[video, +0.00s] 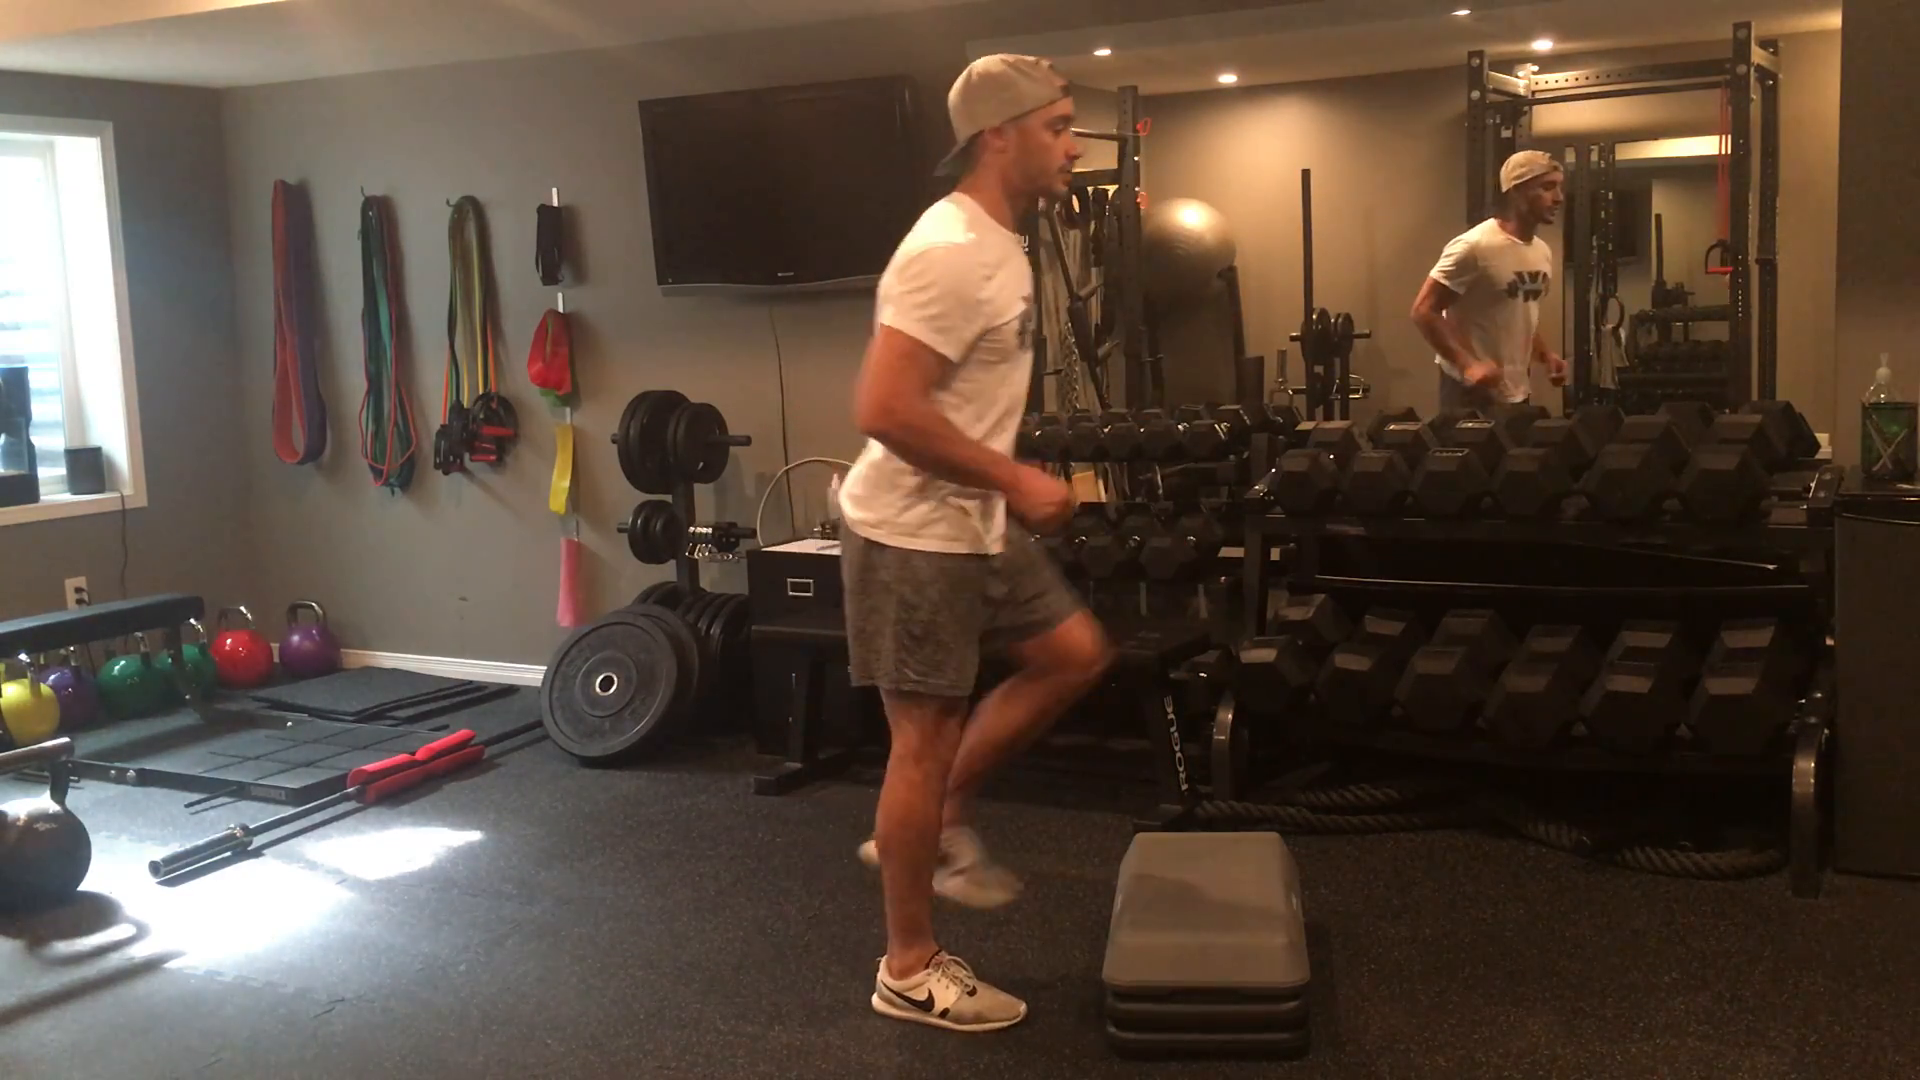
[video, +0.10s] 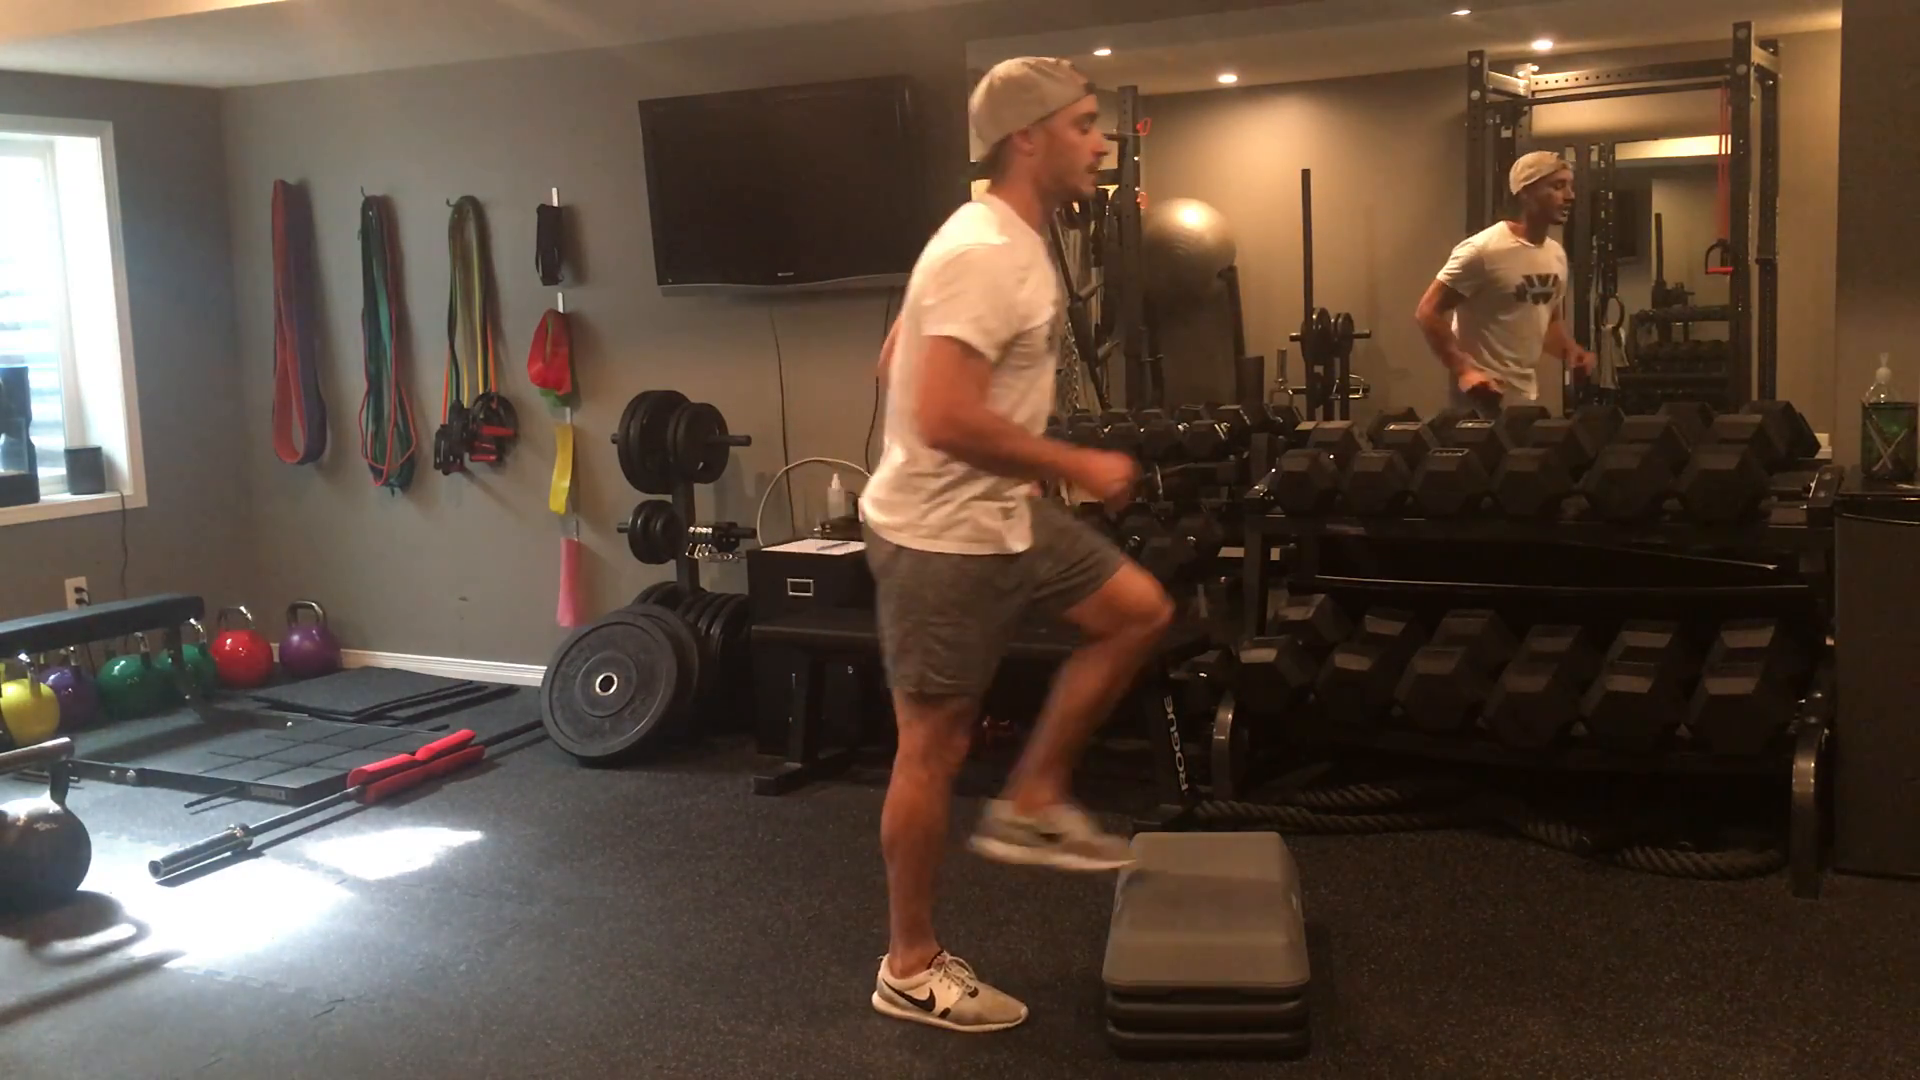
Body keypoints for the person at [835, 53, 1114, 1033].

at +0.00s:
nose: (1075, 142)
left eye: (1072, 125)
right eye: (1059, 126)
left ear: (1012, 140)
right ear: (999, 138)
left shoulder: (998, 243)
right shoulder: (948, 249)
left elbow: (940, 398)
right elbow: (885, 407)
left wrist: (1009, 477)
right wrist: (1013, 476)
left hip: (976, 524)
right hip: (913, 533)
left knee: (1072, 652)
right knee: (923, 746)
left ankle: (930, 811)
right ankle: (906, 965)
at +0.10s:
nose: (1101, 142)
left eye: (1096, 124)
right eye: (1084, 125)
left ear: (1032, 144)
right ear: (1025, 142)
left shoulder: (1008, 238)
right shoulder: (978, 251)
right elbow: (945, 414)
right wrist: (1075, 462)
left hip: (1005, 518)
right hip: (940, 534)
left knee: (1138, 612)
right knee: (931, 750)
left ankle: (1033, 801)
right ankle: (910, 962)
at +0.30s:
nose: (1164, 116)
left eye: (1158, 100)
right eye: (1147, 100)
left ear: (1098, 121)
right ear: (1092, 119)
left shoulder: (1090, 227)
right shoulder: (1048, 222)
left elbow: (1034, 386)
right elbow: (1005, 381)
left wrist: (1102, 454)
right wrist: (1133, 424)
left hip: (1071, 502)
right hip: (1004, 510)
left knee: (1174, 632)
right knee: (1026, 720)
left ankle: (1103, 845)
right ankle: (929, 937)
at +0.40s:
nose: (1175, 80)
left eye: (1169, 63)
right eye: (1158, 64)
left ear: (1112, 82)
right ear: (1106, 80)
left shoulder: (1108, 190)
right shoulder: (1053, 183)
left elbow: (1064, 344)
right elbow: (992, 338)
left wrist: (1142, 394)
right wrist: (1126, 396)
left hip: (1077, 466)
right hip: (1015, 473)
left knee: (1162, 630)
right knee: (1113, 666)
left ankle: (1102, 845)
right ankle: (966, 862)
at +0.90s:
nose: (1148, 42)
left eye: (1145, 24)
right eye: (1129, 23)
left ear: (1080, 40)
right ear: (1068, 35)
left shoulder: (1074, 147)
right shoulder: (1020, 139)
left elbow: (1023, 298)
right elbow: (962, 294)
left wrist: (1092, 382)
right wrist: (1103, 355)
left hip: (1024, 428)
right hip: (1013, 431)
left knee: (1019, 632)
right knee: (1115, 623)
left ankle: (978, 847)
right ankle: (1088, 857)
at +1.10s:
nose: (1117, 169)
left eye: (1116, 151)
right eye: (1101, 151)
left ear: (1054, 165)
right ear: (1044, 162)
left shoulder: (1039, 262)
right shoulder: (982, 258)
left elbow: (990, 406)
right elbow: (888, 384)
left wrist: (1053, 478)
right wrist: (1021, 462)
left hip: (969, 534)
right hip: (967, 537)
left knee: (997, 726)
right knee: (1144, 659)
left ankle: (926, 923)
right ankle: (990, 834)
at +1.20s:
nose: (1107, 147)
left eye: (1104, 132)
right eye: (1090, 131)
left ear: (1049, 146)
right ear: (1035, 143)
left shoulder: (1036, 250)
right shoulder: (978, 238)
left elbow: (973, 402)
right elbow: (882, 372)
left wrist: (1050, 449)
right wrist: (1002, 461)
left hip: (987, 526)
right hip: (950, 526)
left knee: (994, 720)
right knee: (1083, 708)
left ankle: (936, 914)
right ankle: (913, 873)